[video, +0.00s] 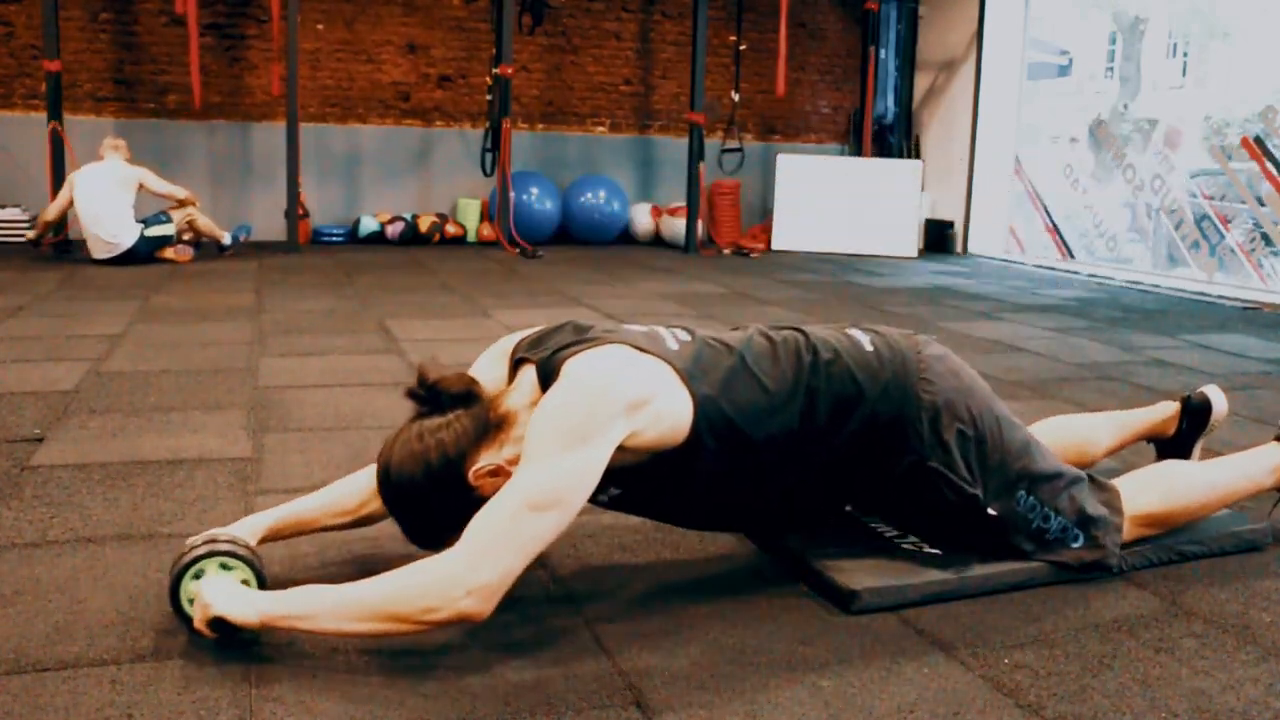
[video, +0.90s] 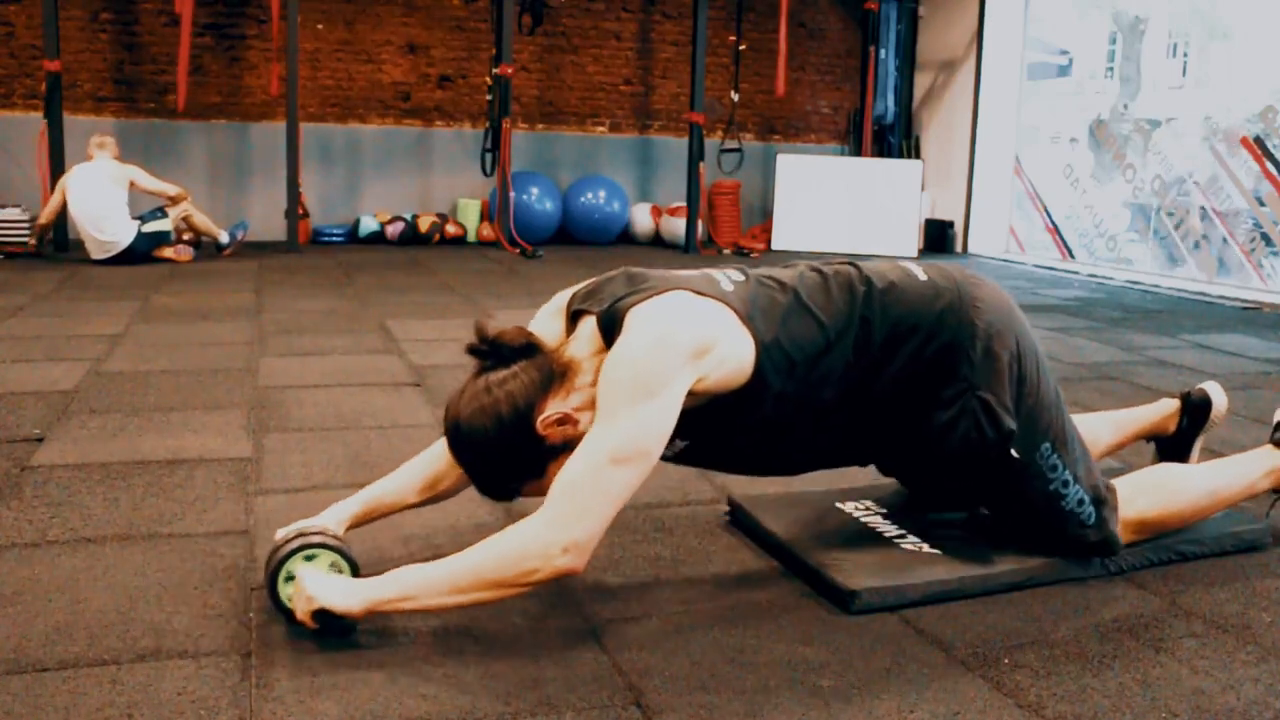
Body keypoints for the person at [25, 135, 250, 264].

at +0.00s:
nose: (125, 155)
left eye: (119, 151)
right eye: (125, 152)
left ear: (101, 155)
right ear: (125, 155)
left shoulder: (78, 175)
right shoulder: (133, 171)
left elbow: (49, 216)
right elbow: (176, 194)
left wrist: (34, 234)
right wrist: (193, 200)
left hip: (99, 255)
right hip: (131, 247)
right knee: (188, 211)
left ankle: (173, 250)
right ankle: (226, 239)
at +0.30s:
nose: (121, 149)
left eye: (115, 146)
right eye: (121, 147)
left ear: (94, 153)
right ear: (120, 152)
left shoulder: (75, 173)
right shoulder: (128, 169)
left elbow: (37, 205)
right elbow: (175, 194)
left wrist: (19, 202)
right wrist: (189, 201)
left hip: (98, 254)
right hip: (129, 245)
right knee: (186, 210)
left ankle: (172, 249)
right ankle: (225, 240)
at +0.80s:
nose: (108, 153)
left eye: (99, 150)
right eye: (113, 151)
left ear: (89, 153)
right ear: (116, 152)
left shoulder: (70, 176)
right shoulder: (125, 170)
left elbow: (43, 219)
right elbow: (175, 193)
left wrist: (34, 231)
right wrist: (184, 199)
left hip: (100, 256)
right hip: (130, 245)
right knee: (184, 208)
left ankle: (172, 250)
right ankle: (224, 239)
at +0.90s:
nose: (111, 155)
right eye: (115, 152)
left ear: (88, 154)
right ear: (116, 152)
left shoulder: (70, 176)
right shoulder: (124, 169)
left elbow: (44, 220)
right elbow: (175, 194)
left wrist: (34, 239)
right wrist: (184, 199)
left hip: (100, 255)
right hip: (130, 244)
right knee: (184, 208)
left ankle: (173, 250)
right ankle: (224, 239)